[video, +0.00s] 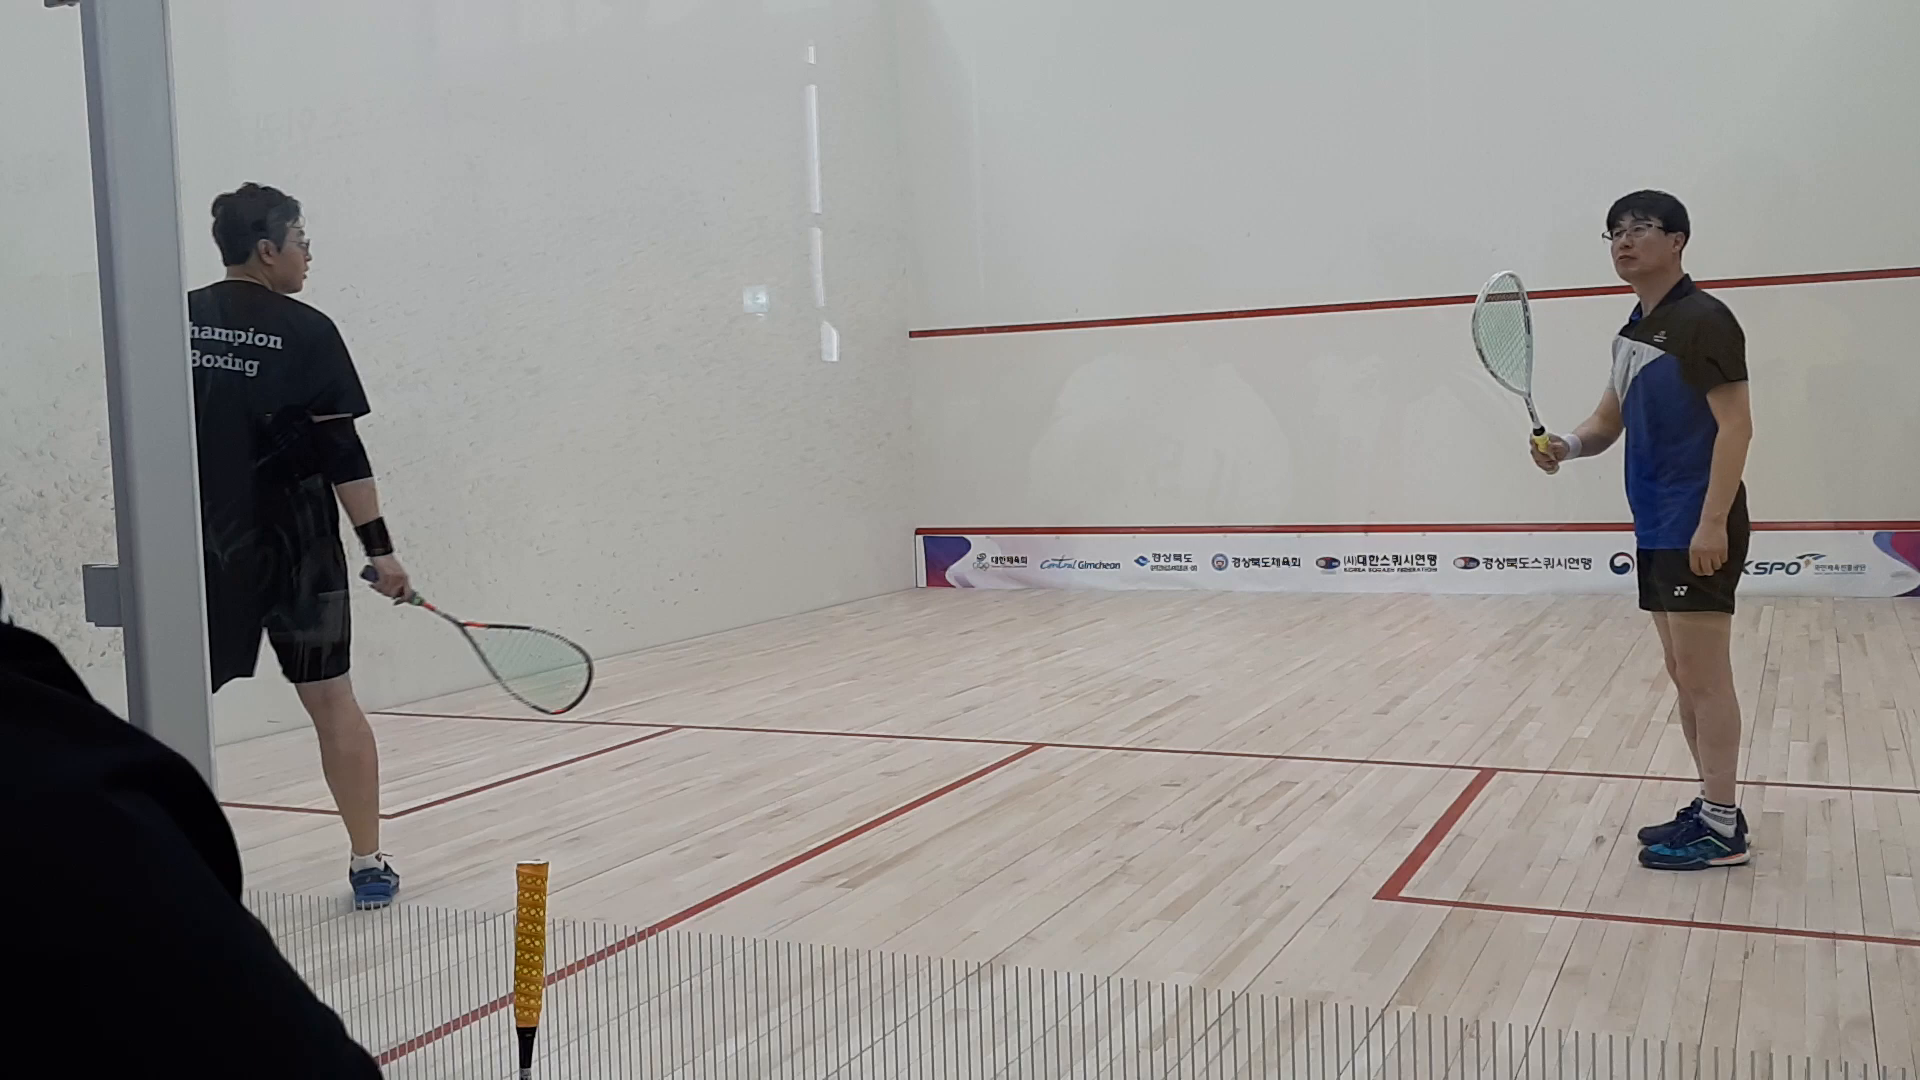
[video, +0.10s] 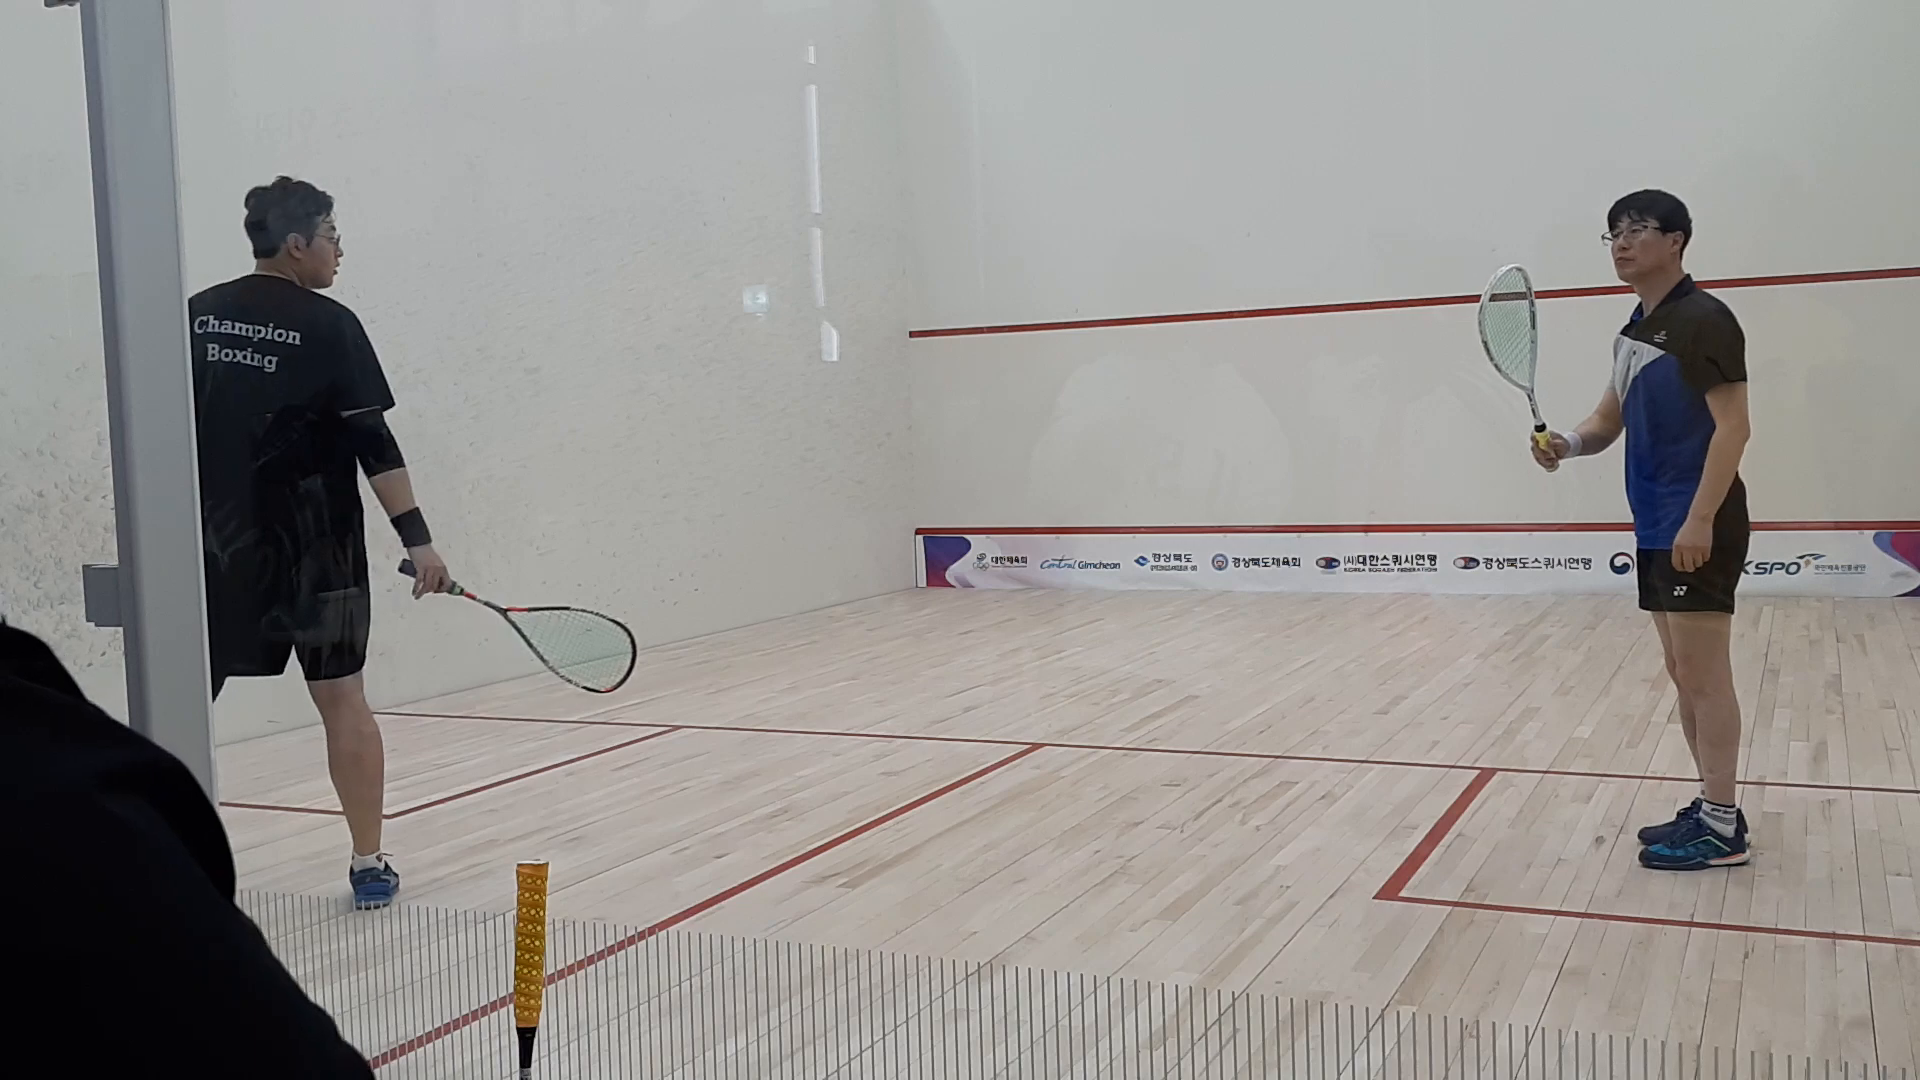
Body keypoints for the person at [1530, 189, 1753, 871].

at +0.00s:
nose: (1622, 242)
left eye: (1636, 231)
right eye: (1616, 234)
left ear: (1675, 241)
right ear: (1612, 249)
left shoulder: (1705, 321)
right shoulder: (1632, 333)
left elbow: (1736, 428)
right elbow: (1606, 423)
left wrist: (1712, 522)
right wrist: (1567, 443)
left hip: (1698, 530)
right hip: (1658, 531)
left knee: (1705, 678)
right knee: (1684, 676)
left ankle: (1722, 823)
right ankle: (1713, 807)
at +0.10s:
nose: (1621, 244)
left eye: (1635, 233)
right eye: (1615, 236)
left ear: (1675, 241)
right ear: (1613, 250)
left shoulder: (1705, 320)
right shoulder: (1633, 333)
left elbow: (1733, 427)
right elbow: (1606, 421)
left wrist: (1699, 517)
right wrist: (1567, 442)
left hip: (1701, 525)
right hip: (1659, 527)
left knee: (1705, 676)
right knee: (1684, 674)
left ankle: (1721, 822)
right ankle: (1713, 808)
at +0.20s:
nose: (1616, 245)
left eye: (1630, 233)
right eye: (1613, 236)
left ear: (1672, 240)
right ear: (1617, 249)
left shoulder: (1704, 320)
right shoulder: (1635, 331)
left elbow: (1731, 428)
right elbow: (1608, 422)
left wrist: (1690, 517)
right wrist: (1567, 441)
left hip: (1701, 524)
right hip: (1659, 524)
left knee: (1705, 675)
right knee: (1683, 672)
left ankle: (1721, 821)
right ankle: (1713, 808)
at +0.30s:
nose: (1616, 246)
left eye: (1629, 234)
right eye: (1613, 236)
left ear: (1672, 241)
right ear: (1620, 248)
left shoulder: (1704, 321)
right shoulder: (1638, 329)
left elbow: (1729, 429)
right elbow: (1610, 420)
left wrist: (1686, 517)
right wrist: (1568, 441)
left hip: (1701, 523)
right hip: (1659, 522)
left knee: (1705, 674)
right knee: (1683, 671)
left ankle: (1721, 821)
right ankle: (1713, 807)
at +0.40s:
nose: (1617, 246)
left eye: (1630, 234)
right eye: (1615, 236)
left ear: (1672, 240)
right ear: (1622, 247)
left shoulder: (1704, 321)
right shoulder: (1640, 328)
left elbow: (1727, 430)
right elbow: (1611, 421)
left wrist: (1688, 519)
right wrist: (1568, 442)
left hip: (1699, 524)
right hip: (1658, 524)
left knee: (1704, 674)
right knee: (1683, 672)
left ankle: (1721, 821)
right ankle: (1713, 808)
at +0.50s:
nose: (1617, 246)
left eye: (1630, 233)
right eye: (1615, 235)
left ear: (1673, 240)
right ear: (1624, 247)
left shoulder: (1704, 321)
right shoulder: (1642, 326)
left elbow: (1727, 429)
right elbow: (1616, 418)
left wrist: (1694, 520)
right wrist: (1570, 453)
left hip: (1699, 525)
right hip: (1658, 525)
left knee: (1703, 674)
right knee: (1684, 672)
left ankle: (1721, 822)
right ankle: (1713, 808)